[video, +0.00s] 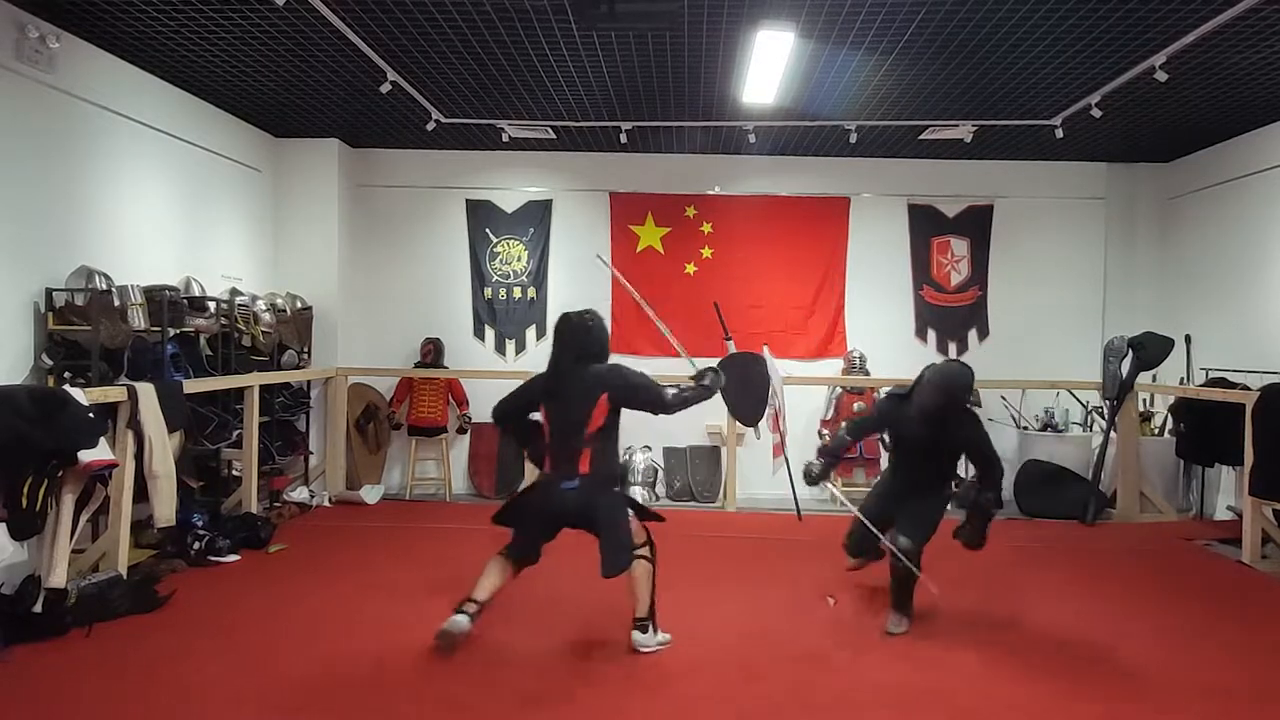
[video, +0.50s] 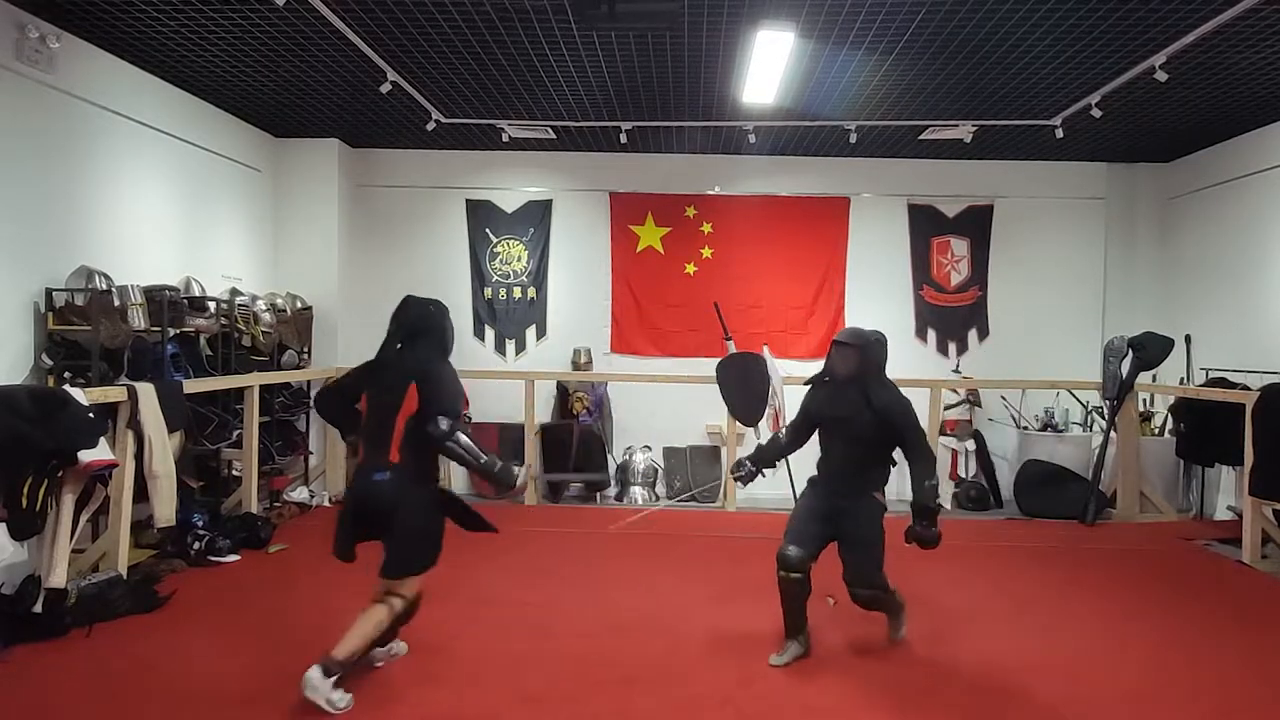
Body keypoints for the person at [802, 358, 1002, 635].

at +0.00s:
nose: (927, 400)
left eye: (936, 397)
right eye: (927, 391)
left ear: (952, 400)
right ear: (921, 384)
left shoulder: (965, 424)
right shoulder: (897, 406)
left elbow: (991, 470)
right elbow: (855, 430)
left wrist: (980, 516)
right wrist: (826, 460)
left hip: (931, 492)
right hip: (894, 481)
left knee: (903, 548)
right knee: (854, 544)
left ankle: (900, 611)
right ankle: (875, 552)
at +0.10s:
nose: (898, 395)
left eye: (908, 392)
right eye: (899, 387)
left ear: (928, 398)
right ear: (896, 382)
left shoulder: (950, 426)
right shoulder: (879, 408)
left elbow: (978, 470)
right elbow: (832, 426)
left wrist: (968, 519)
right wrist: (785, 442)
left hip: (919, 494)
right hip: (880, 484)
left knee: (894, 552)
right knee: (831, 537)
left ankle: (896, 612)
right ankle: (820, 586)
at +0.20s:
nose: (879, 386)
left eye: (889, 382)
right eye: (879, 378)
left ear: (909, 391)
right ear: (877, 378)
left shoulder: (930, 421)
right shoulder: (861, 409)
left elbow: (961, 474)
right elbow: (814, 430)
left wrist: (944, 499)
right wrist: (763, 447)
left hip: (902, 497)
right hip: (863, 488)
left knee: (881, 560)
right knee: (823, 532)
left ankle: (895, 612)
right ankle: (801, 609)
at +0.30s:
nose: (863, 383)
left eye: (873, 377)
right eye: (862, 374)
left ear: (892, 384)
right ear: (857, 375)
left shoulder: (912, 419)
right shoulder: (840, 408)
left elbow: (945, 472)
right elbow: (801, 438)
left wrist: (923, 494)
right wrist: (755, 460)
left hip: (884, 507)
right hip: (839, 500)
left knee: (880, 583)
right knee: (811, 560)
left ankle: (893, 610)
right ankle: (800, 637)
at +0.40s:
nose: (844, 372)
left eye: (854, 367)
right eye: (844, 364)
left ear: (874, 375)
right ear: (840, 368)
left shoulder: (898, 416)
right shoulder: (825, 407)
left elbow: (927, 466)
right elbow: (791, 441)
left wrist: (917, 511)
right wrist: (747, 464)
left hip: (869, 511)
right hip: (826, 502)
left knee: (870, 593)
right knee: (797, 562)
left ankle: (892, 608)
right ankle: (797, 639)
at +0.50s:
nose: (835, 357)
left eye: (845, 352)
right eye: (835, 350)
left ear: (866, 359)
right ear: (832, 355)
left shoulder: (888, 400)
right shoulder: (821, 392)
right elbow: (795, 433)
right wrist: (756, 460)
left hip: (864, 501)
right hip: (822, 493)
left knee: (864, 591)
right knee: (791, 560)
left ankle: (896, 607)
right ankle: (796, 638)